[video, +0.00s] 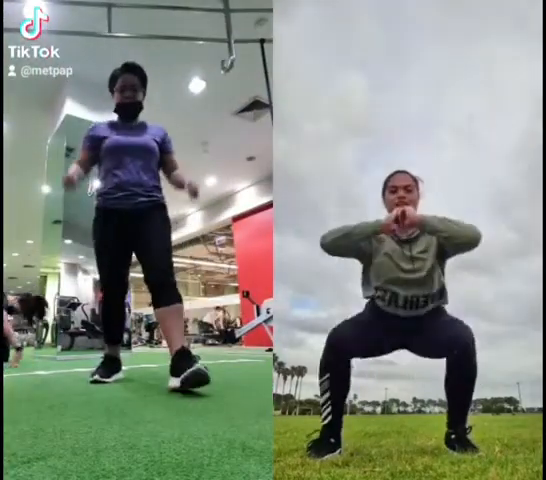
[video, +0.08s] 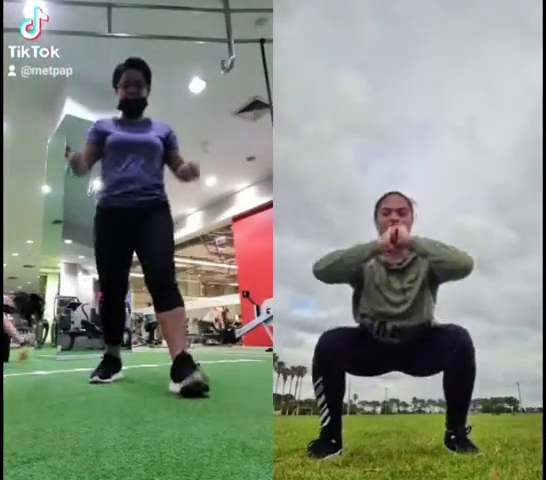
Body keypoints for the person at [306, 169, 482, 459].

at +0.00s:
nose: (400, 196)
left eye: (407, 190)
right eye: (393, 191)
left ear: (419, 196)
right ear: (384, 200)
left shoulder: (436, 239)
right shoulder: (373, 240)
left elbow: (473, 236)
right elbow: (328, 243)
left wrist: (420, 221)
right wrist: (381, 226)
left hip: (428, 324)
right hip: (380, 323)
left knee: (463, 340)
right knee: (338, 341)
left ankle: (457, 434)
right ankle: (330, 437)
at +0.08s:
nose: (394, 220)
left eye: (402, 213)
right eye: (386, 214)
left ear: (412, 219)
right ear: (376, 221)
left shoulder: (427, 261)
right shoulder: (363, 262)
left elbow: (465, 265)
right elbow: (321, 270)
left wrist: (412, 242)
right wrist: (376, 247)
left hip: (419, 346)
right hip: (371, 346)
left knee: (458, 340)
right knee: (329, 343)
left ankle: (456, 435)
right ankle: (330, 439)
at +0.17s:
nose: (389, 227)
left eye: (397, 221)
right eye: (381, 221)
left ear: (407, 228)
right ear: (370, 229)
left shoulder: (422, 269)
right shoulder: (360, 270)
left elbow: (460, 275)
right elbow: (317, 280)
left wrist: (409, 251)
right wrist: (372, 256)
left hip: (414, 354)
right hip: (366, 355)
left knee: (459, 340)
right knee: (323, 344)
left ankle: (457, 435)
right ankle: (330, 440)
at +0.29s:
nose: (377, 217)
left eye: (384, 211)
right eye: (369, 211)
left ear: (394, 216)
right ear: (358, 217)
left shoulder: (413, 256)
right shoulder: (349, 259)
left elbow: (454, 259)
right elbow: (309, 267)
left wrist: (402, 237)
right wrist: (363, 242)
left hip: (408, 344)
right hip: (361, 345)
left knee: (449, 338)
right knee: (319, 345)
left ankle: (457, 435)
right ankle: (330, 439)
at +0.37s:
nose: (371, 204)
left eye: (378, 198)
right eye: (364, 198)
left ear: (389, 203)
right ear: (354, 204)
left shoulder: (407, 243)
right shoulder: (344, 246)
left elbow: (448, 245)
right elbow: (307, 255)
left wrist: (397, 226)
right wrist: (359, 230)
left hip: (404, 329)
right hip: (357, 331)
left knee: (441, 337)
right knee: (318, 344)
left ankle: (457, 434)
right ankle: (330, 438)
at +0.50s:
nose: (362, 181)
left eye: (369, 174)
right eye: (354, 175)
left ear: (380, 180)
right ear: (344, 180)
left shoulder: (395, 219)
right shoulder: (334, 216)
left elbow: (433, 230)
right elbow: (301, 237)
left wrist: (385, 208)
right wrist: (352, 213)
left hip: (389, 303)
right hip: (343, 301)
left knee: (424, 339)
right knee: (319, 343)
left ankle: (445, 430)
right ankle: (330, 437)